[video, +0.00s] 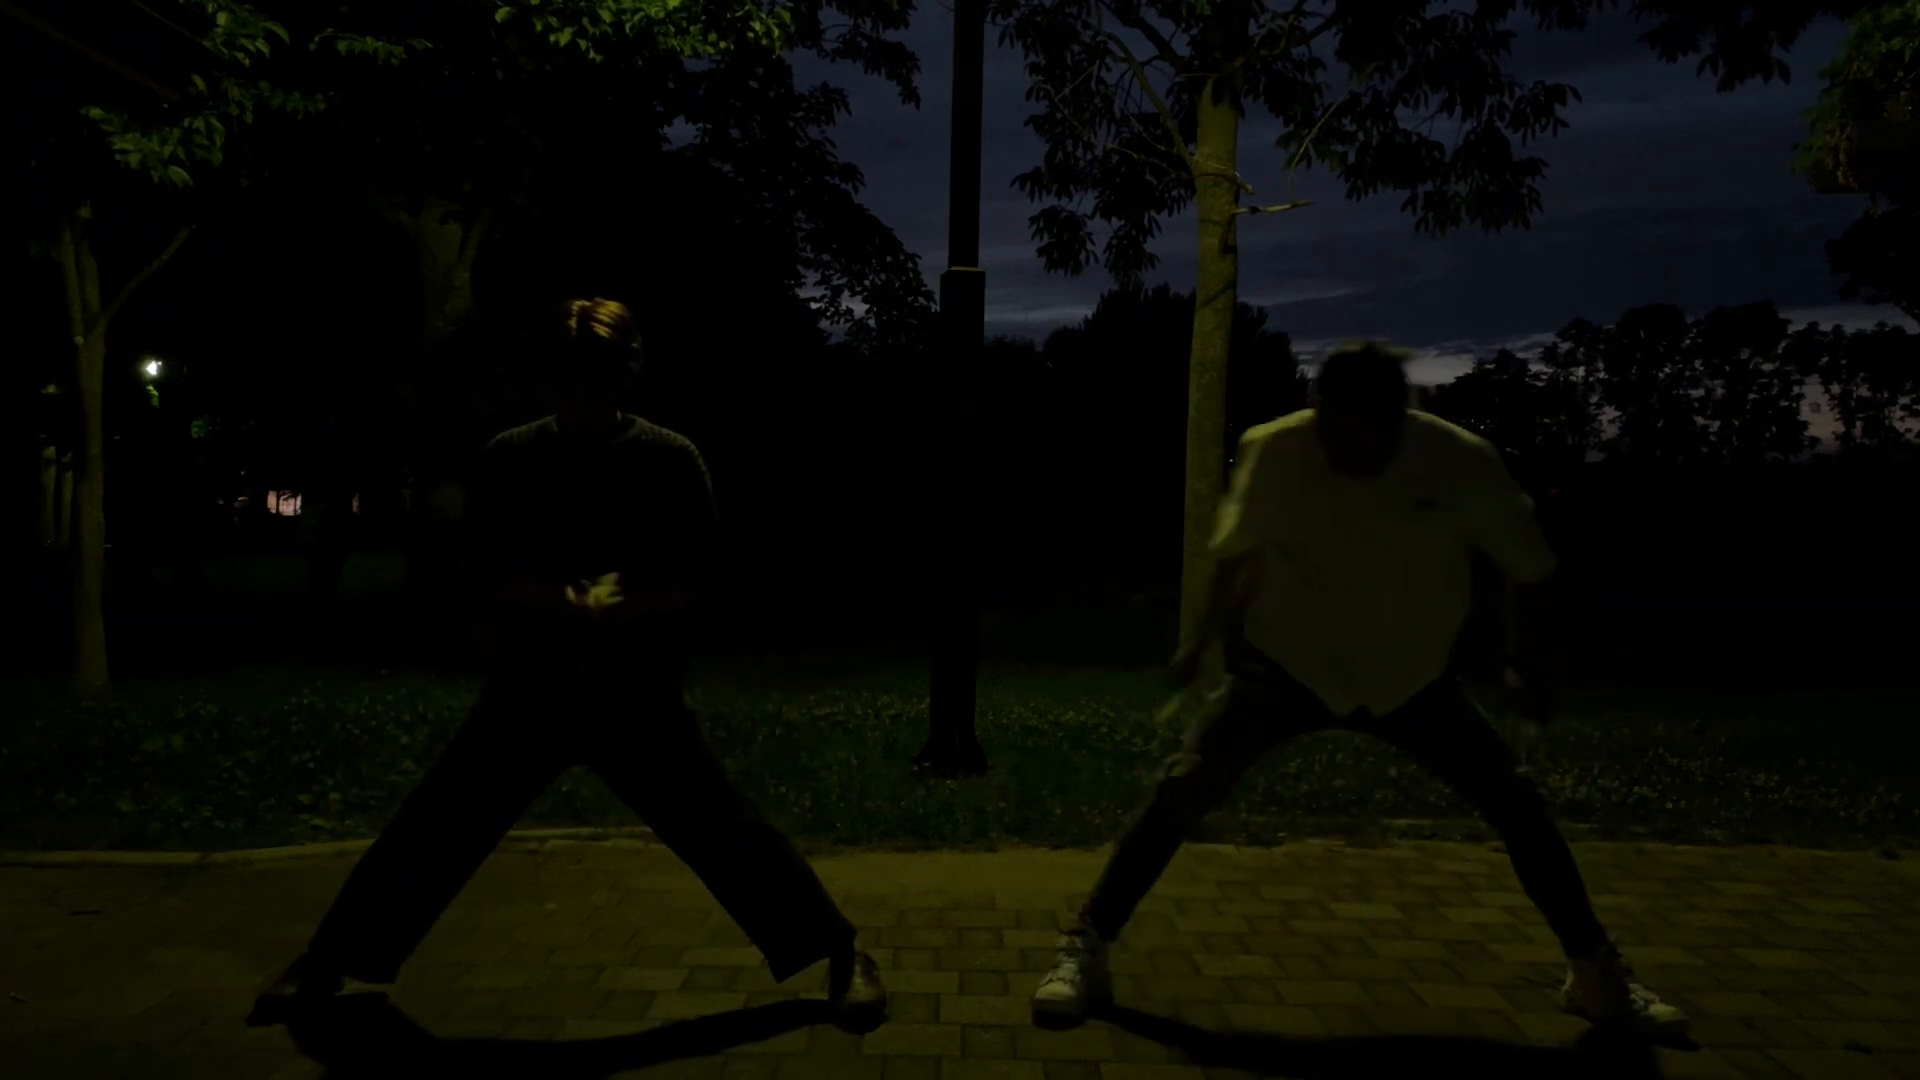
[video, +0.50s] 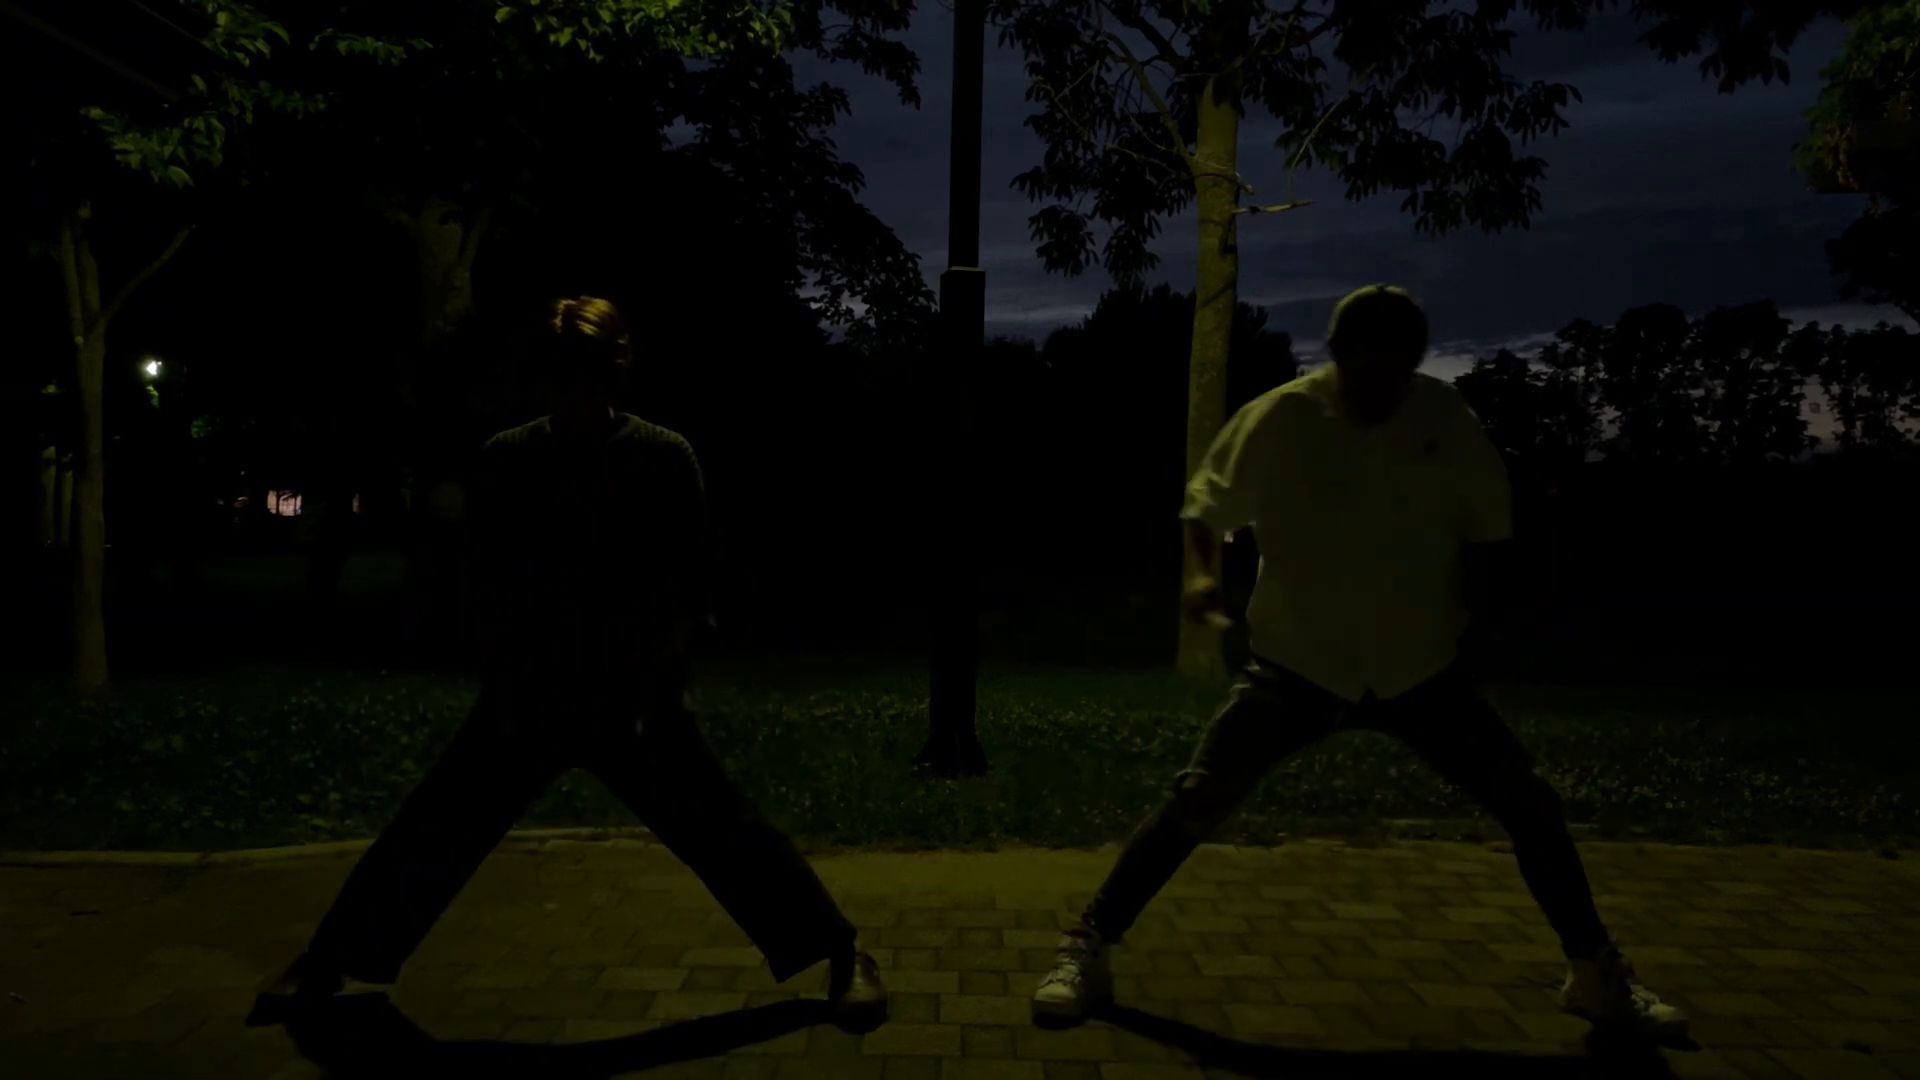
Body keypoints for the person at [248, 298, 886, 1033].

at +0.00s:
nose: (594, 383)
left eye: (608, 367)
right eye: (583, 366)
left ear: (631, 371)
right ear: (560, 369)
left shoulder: (671, 462)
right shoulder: (514, 459)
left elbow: (698, 583)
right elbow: (483, 578)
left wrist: (626, 602)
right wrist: (558, 600)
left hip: (636, 690)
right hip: (529, 688)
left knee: (721, 824)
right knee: (436, 825)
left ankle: (842, 955)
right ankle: (324, 969)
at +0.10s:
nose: (592, 390)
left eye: (605, 373)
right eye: (580, 372)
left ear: (630, 375)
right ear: (558, 373)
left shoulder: (671, 465)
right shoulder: (513, 459)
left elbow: (692, 584)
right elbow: (484, 575)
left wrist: (614, 618)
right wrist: (550, 618)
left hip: (635, 693)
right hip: (529, 691)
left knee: (721, 825)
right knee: (436, 825)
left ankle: (842, 955)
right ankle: (324, 969)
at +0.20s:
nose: (590, 386)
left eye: (604, 370)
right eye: (579, 369)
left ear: (628, 373)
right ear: (558, 372)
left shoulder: (669, 463)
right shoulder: (513, 458)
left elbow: (688, 580)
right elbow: (489, 574)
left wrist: (633, 651)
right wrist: (535, 648)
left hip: (636, 691)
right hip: (530, 688)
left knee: (721, 824)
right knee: (436, 825)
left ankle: (842, 955)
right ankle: (325, 969)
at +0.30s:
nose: (586, 382)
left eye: (600, 367)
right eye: (575, 365)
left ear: (626, 372)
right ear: (555, 371)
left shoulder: (667, 463)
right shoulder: (512, 459)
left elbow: (687, 576)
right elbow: (489, 572)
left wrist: (647, 660)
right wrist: (519, 654)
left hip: (636, 689)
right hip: (530, 686)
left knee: (722, 825)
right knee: (435, 826)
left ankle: (842, 955)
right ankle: (324, 970)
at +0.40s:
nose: (586, 383)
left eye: (599, 367)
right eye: (575, 366)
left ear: (624, 371)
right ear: (555, 371)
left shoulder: (666, 462)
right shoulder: (511, 458)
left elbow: (687, 575)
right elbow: (488, 569)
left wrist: (658, 657)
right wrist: (507, 649)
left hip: (635, 687)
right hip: (531, 684)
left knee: (722, 824)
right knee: (436, 825)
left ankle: (842, 954)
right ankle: (325, 969)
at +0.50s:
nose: (587, 377)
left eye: (600, 360)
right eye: (574, 360)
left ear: (622, 368)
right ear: (550, 369)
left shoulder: (666, 460)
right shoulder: (510, 457)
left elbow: (690, 572)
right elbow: (488, 568)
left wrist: (664, 666)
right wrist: (503, 657)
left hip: (634, 689)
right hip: (529, 687)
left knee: (724, 826)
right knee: (433, 828)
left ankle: (843, 954)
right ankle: (324, 970)